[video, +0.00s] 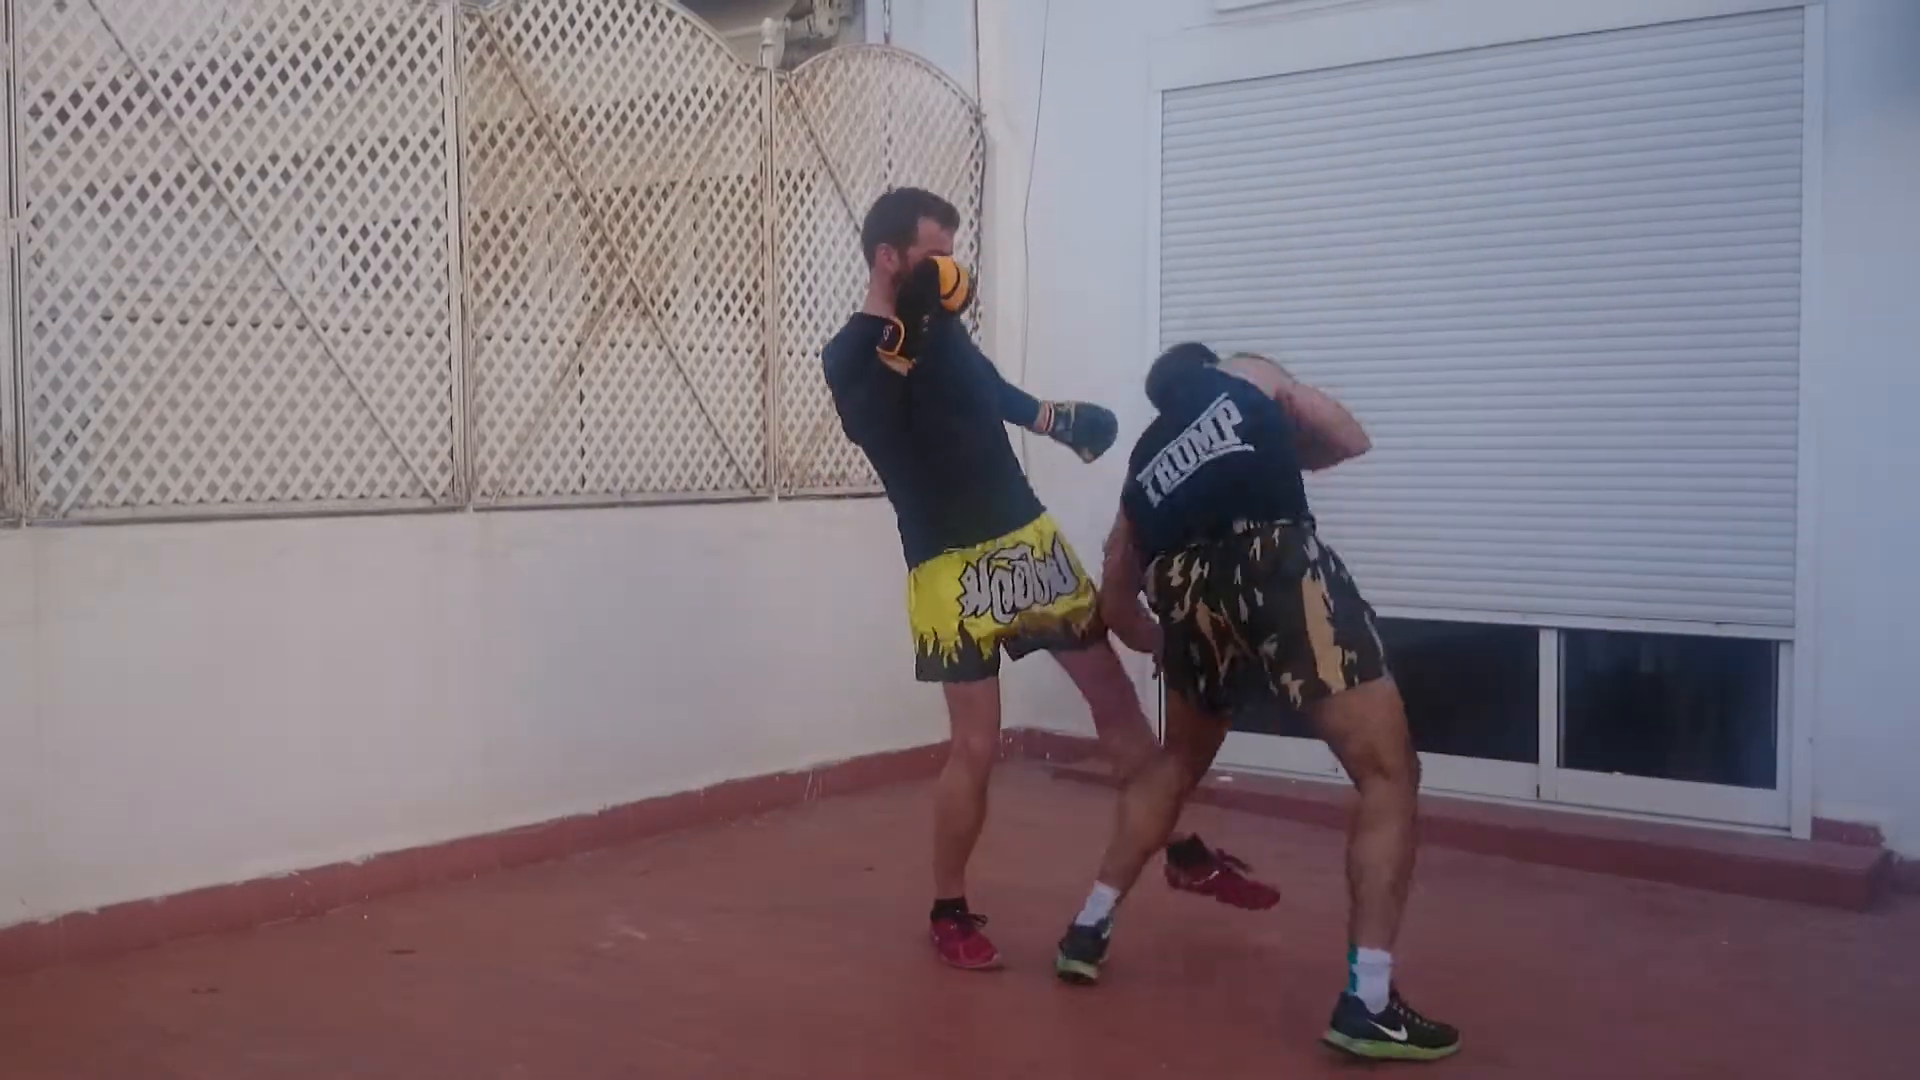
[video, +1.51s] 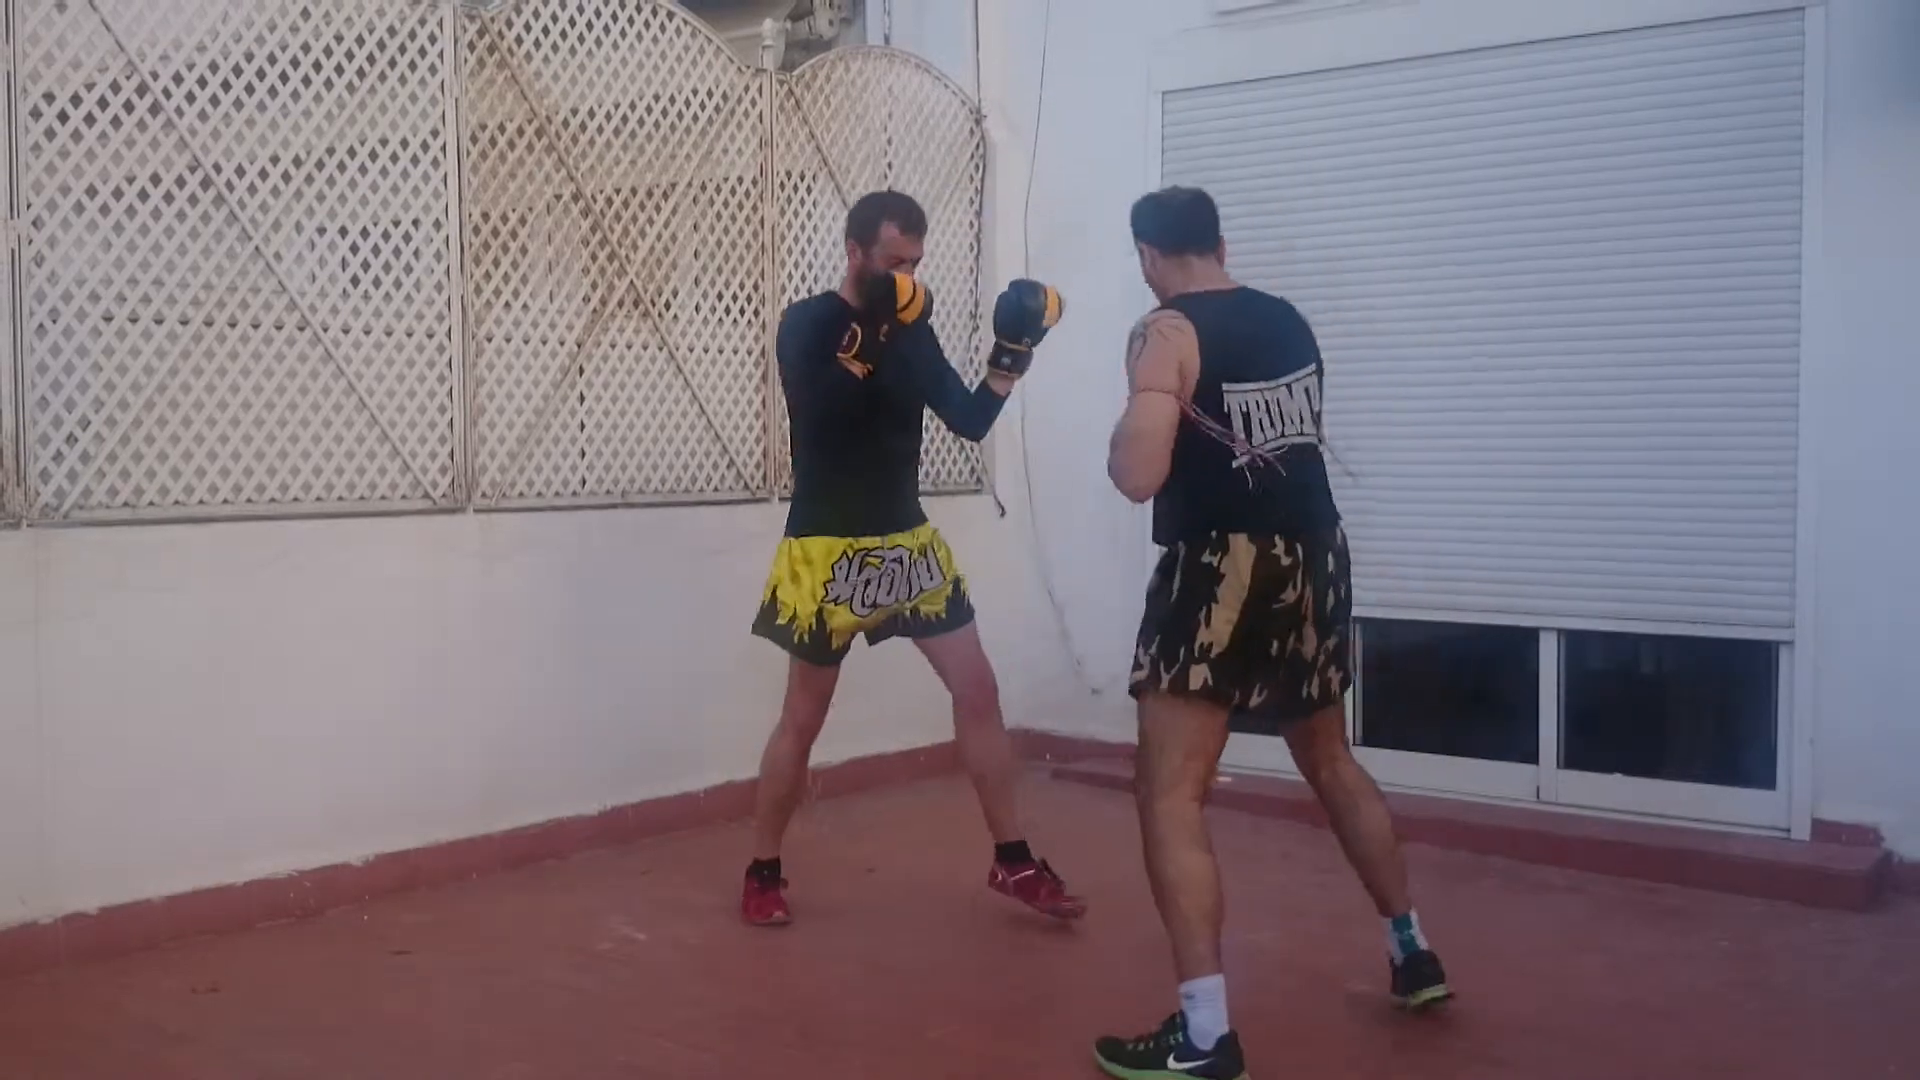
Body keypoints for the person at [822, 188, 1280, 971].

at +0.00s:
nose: (943, 271)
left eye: (947, 258)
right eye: (931, 257)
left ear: (932, 260)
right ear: (883, 257)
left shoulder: (940, 328)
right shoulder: (848, 350)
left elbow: (991, 391)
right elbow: (871, 429)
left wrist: (1050, 418)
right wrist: (896, 348)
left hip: (1027, 532)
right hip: (951, 558)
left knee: (1111, 690)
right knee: (976, 744)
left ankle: (1180, 852)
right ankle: (949, 911)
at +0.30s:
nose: (970, 300)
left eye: (972, 286)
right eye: (958, 285)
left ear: (921, 279)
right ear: (911, 274)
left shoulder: (943, 350)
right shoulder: (888, 355)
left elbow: (1007, 424)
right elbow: (1021, 356)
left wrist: (1100, 410)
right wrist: (1008, 263)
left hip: (1036, 549)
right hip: (967, 572)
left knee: (1120, 702)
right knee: (999, 756)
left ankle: (1154, 864)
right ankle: (952, 911)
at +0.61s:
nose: (1000, 289)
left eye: (1002, 275)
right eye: (990, 273)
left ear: (960, 267)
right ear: (942, 262)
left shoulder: (956, 340)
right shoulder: (912, 336)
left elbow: (982, 467)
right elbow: (1035, 345)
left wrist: (1063, 485)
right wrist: (1037, 252)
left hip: (1029, 550)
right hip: (969, 564)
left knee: (1094, 720)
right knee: (1000, 748)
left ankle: (1149, 873)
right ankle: (953, 910)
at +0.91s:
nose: (1005, 249)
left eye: (1007, 236)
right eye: (990, 238)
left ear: (1000, 245)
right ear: (945, 248)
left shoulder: (989, 331)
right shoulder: (920, 321)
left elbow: (982, 445)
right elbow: (929, 425)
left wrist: (1050, 465)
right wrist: (1007, 374)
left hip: (980, 539)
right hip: (929, 541)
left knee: (1009, 710)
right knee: (965, 718)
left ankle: (972, 860)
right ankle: (941, 907)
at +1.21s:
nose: (966, 273)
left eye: (974, 263)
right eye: (958, 258)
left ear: (971, 263)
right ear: (915, 247)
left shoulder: (957, 328)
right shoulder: (862, 314)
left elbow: (1026, 400)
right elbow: (879, 406)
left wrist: (1072, 343)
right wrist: (944, 327)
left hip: (946, 533)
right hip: (871, 535)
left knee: (979, 698)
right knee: (855, 709)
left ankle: (969, 858)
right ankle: (777, 854)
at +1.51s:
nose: (903, 274)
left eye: (913, 264)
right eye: (892, 261)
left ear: (920, 261)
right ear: (853, 252)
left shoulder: (911, 330)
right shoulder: (806, 322)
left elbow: (970, 418)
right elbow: (815, 408)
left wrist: (1011, 350)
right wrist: (877, 324)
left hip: (907, 537)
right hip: (825, 544)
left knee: (976, 686)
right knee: (802, 718)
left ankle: (1013, 857)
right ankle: (764, 869)